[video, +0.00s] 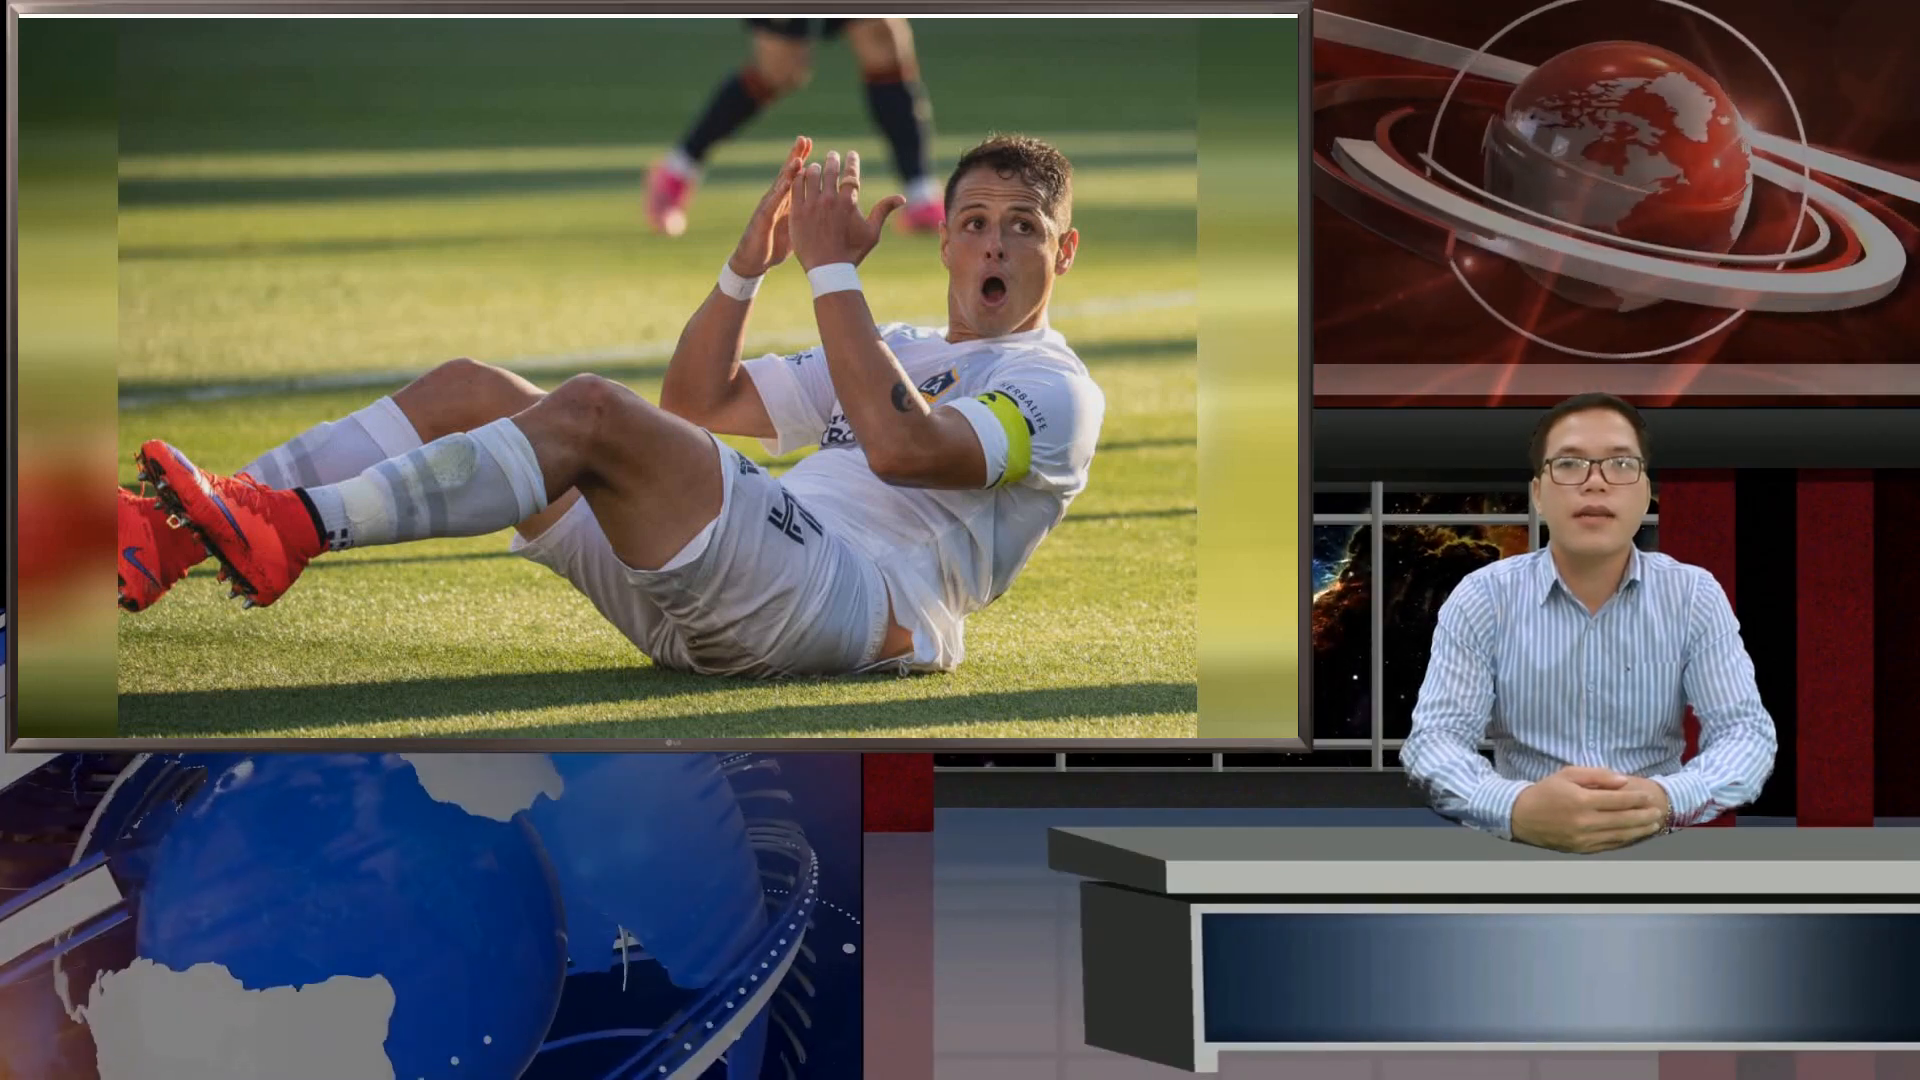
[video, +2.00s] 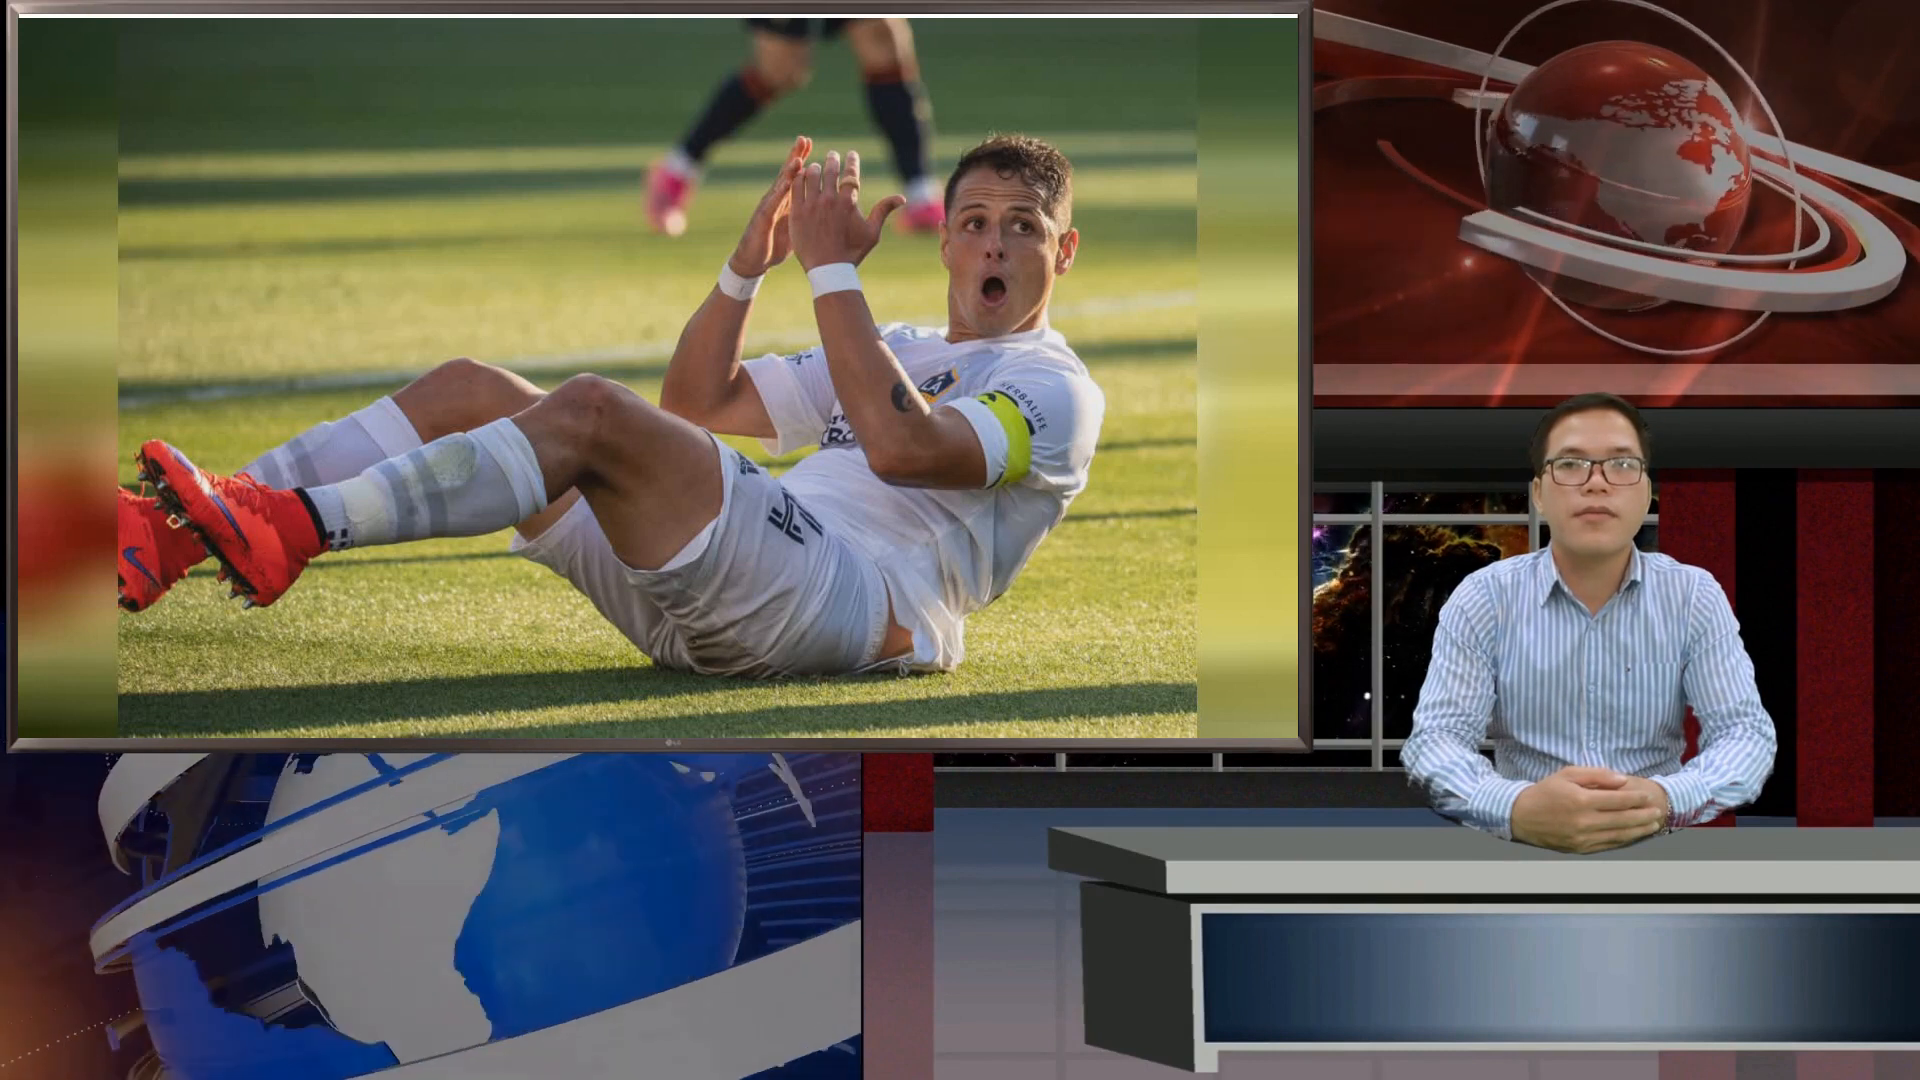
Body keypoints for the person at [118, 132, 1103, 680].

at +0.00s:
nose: (995, 246)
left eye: (1022, 230)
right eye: (976, 224)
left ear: (1065, 257)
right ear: (942, 241)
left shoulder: (1055, 389)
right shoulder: (892, 358)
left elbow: (902, 447)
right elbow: (695, 404)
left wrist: (833, 270)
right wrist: (747, 270)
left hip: (840, 603)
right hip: (732, 573)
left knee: (593, 413)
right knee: (468, 389)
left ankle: (299, 525)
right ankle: (180, 538)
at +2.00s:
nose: (996, 246)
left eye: (1023, 230)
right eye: (976, 223)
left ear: (1066, 257)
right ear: (943, 241)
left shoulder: (1056, 389)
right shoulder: (892, 358)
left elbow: (901, 447)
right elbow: (695, 405)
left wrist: (833, 268)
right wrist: (747, 269)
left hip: (840, 604)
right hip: (732, 572)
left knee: (593, 413)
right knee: (468, 389)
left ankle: (300, 524)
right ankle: (175, 541)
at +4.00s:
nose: (995, 246)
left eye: (1022, 230)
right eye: (975, 224)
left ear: (1065, 257)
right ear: (942, 242)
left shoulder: (1054, 389)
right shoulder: (893, 359)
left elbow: (901, 447)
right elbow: (695, 404)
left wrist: (833, 270)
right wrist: (746, 270)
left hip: (842, 602)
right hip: (734, 572)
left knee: (592, 413)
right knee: (468, 389)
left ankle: (299, 524)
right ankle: (173, 542)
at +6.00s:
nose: (994, 246)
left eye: (1021, 230)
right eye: (974, 224)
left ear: (1065, 257)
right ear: (942, 242)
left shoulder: (1055, 389)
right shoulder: (893, 358)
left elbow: (901, 447)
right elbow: (695, 404)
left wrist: (834, 270)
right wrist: (746, 270)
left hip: (842, 602)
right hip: (734, 572)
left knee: (592, 413)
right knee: (467, 389)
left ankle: (300, 524)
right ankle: (174, 541)